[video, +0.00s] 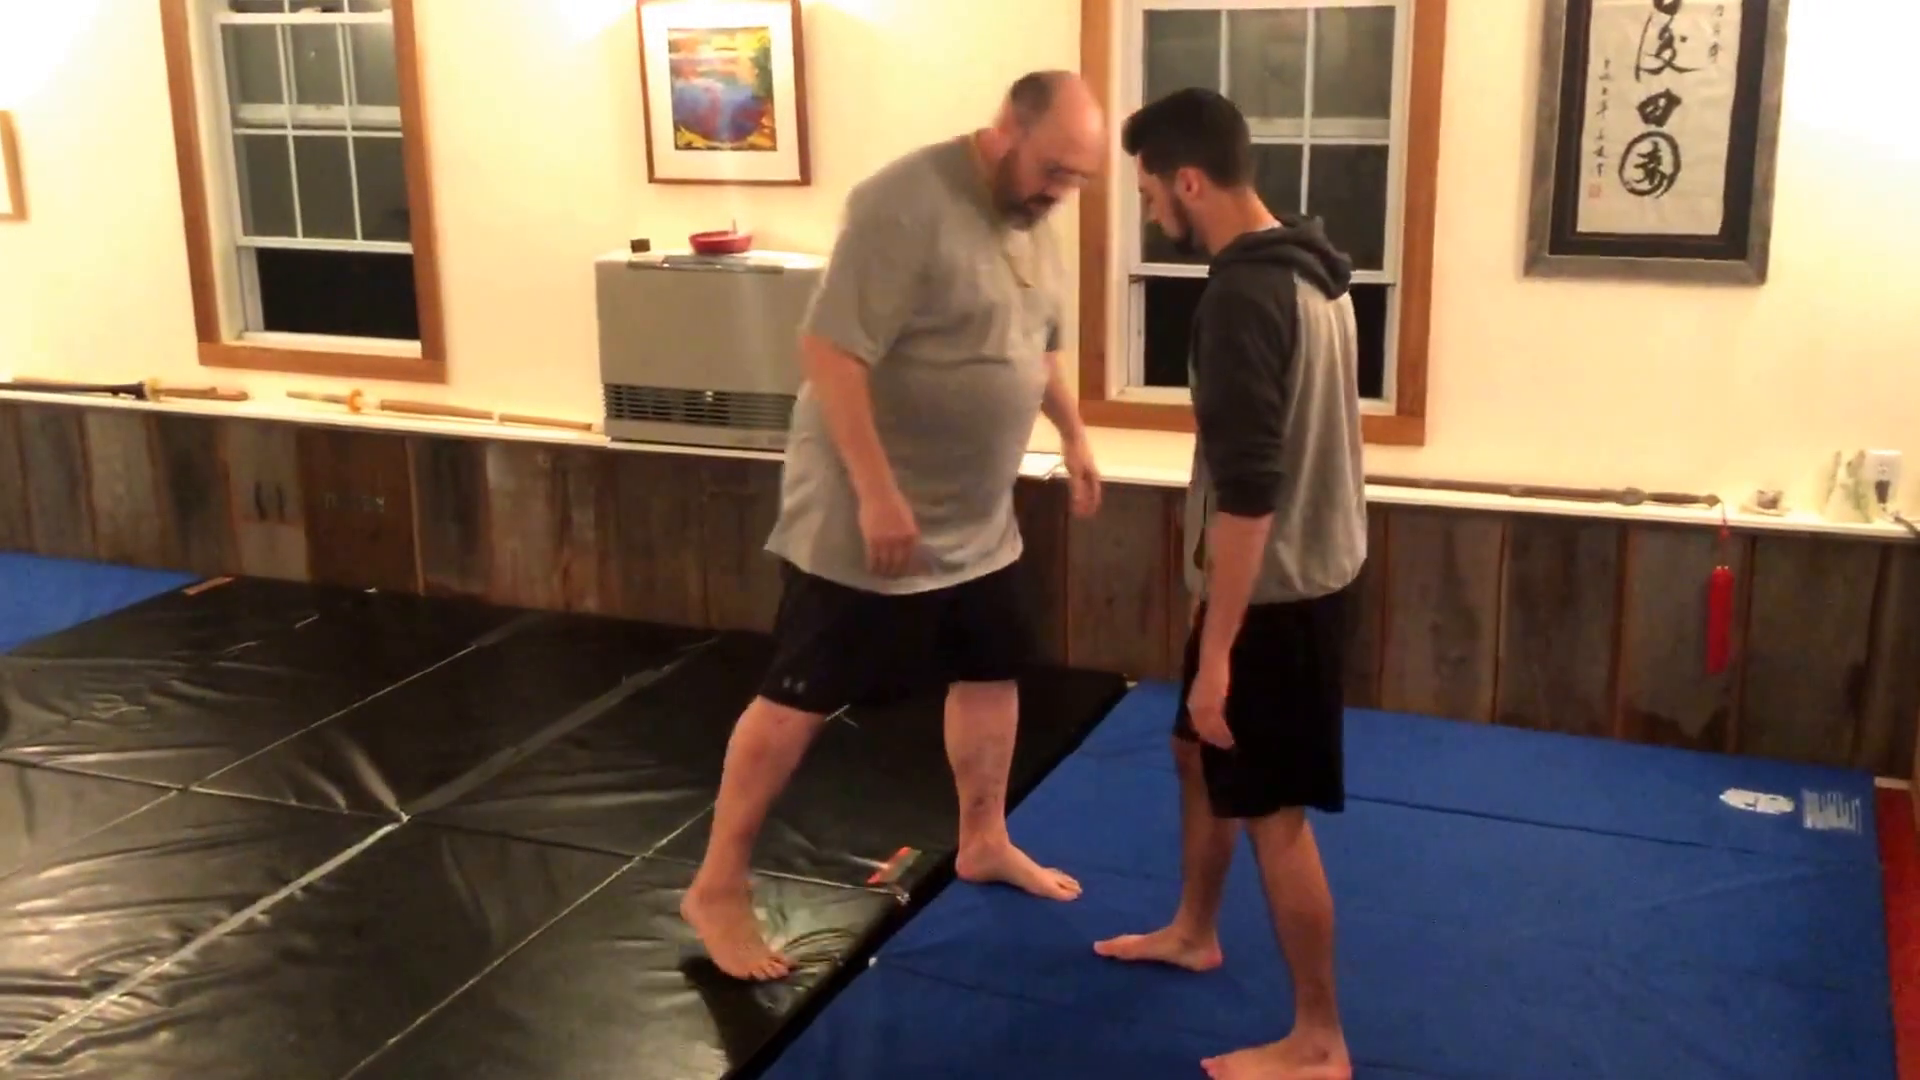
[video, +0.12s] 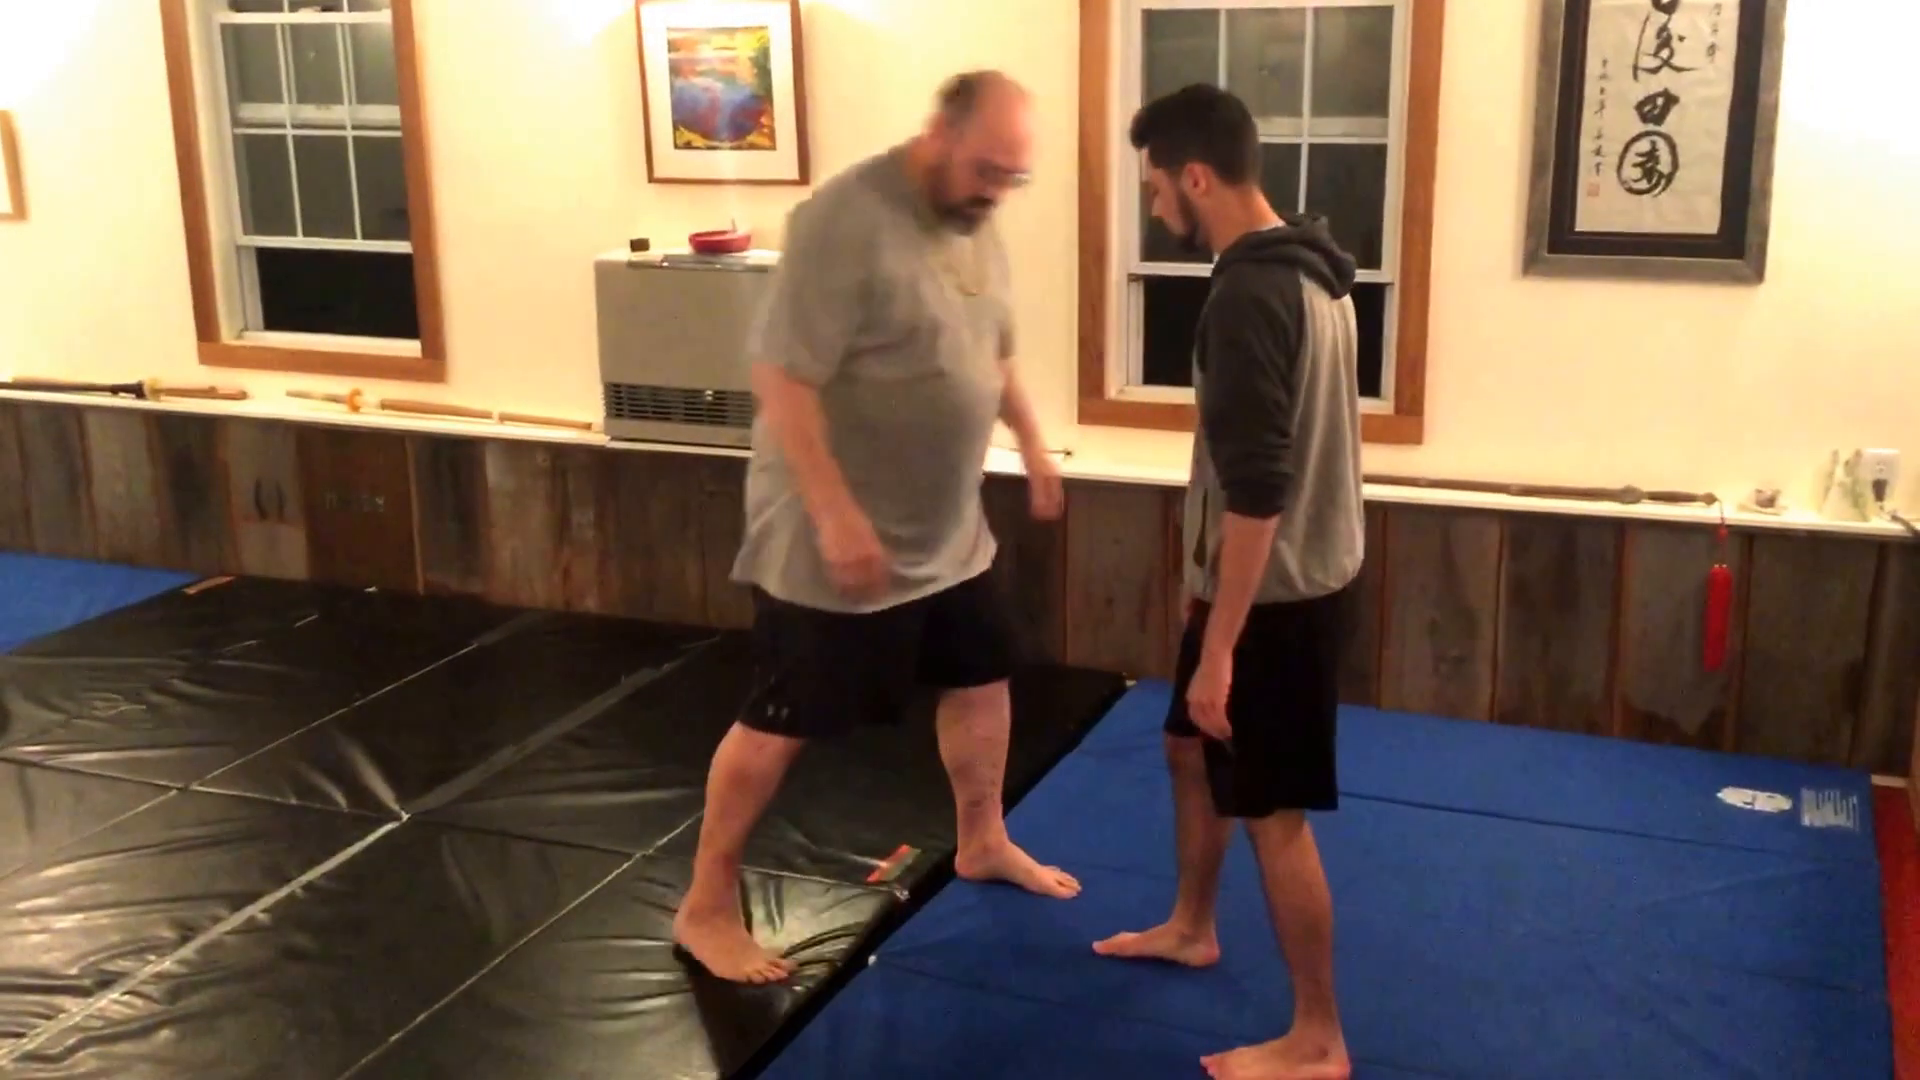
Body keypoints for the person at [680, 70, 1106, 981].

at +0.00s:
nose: (1064, 195)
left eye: (1079, 180)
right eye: (1055, 173)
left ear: (1082, 167)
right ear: (1004, 134)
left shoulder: (1034, 211)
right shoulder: (904, 199)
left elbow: (1028, 348)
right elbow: (830, 349)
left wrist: (1075, 438)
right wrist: (877, 492)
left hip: (973, 514)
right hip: (857, 513)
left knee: (993, 673)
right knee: (799, 695)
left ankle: (983, 842)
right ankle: (716, 887)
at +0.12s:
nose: (1001, 192)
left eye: (1012, 176)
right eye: (992, 170)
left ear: (1014, 158)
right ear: (938, 133)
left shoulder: (973, 218)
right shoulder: (842, 218)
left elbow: (993, 353)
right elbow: (781, 378)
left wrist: (1036, 447)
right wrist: (836, 514)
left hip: (944, 530)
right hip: (827, 537)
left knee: (981, 680)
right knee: (779, 718)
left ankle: (983, 841)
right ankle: (705, 907)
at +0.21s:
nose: (965, 190)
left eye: (978, 172)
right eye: (954, 168)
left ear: (984, 158)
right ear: (897, 138)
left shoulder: (946, 219)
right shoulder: (808, 224)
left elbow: (963, 351)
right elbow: (750, 380)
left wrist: (1006, 456)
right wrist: (802, 521)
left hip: (930, 533)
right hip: (818, 543)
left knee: (969, 685)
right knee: (766, 729)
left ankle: (981, 840)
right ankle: (703, 910)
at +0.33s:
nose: (918, 175)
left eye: (930, 156)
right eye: (902, 154)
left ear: (940, 145)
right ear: (847, 130)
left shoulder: (919, 210)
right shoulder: (764, 226)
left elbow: (928, 350)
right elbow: (707, 382)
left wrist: (948, 464)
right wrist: (735, 531)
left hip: (905, 525)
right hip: (794, 539)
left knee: (947, 690)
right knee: (752, 732)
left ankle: (980, 839)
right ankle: (700, 913)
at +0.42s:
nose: (890, 169)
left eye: (904, 149)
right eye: (873, 147)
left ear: (914, 136)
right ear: (819, 124)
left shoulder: (908, 210)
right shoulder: (744, 221)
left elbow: (912, 361)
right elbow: (680, 383)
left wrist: (927, 476)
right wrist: (690, 533)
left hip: (896, 521)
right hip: (784, 539)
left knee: (932, 692)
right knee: (747, 735)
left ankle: (979, 840)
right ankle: (699, 914)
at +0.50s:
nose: (871, 164)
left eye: (885, 143)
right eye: (851, 143)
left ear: (898, 130)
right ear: (799, 122)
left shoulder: (899, 206)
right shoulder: (730, 222)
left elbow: (910, 352)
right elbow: (663, 383)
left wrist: (930, 463)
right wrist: (653, 533)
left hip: (890, 516)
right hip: (772, 532)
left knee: (928, 690)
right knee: (743, 737)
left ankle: (979, 838)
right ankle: (698, 916)